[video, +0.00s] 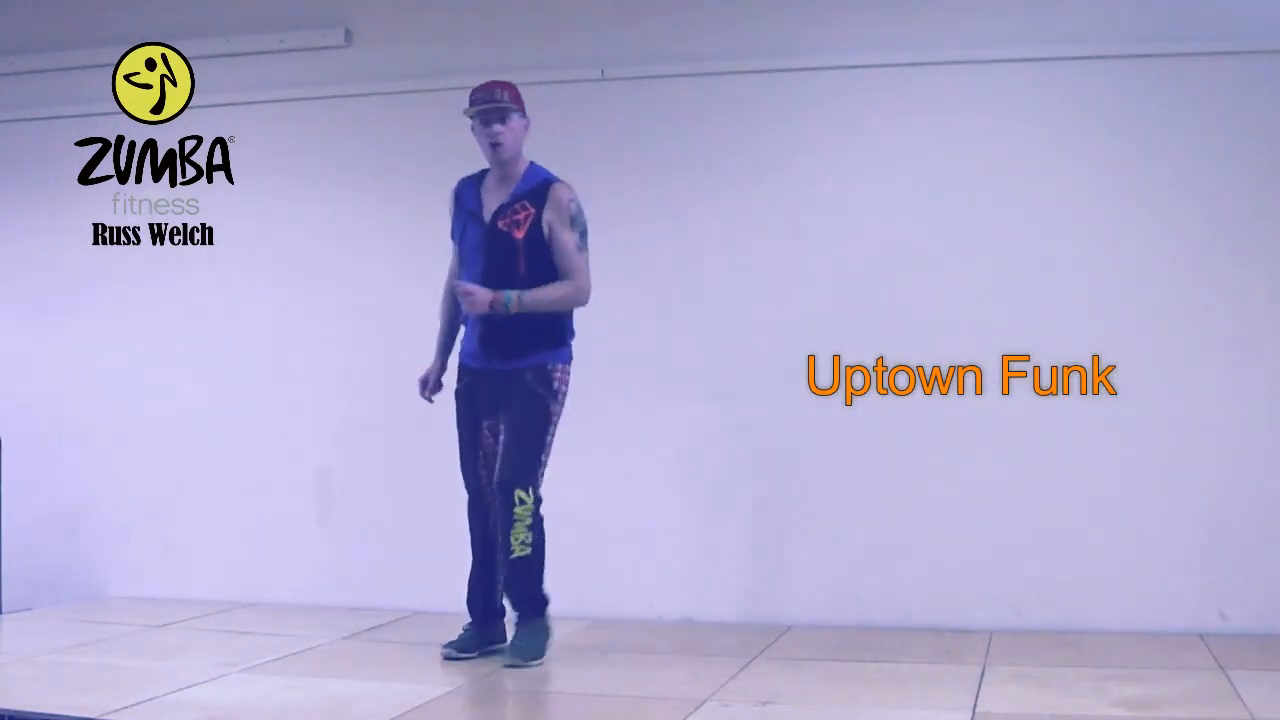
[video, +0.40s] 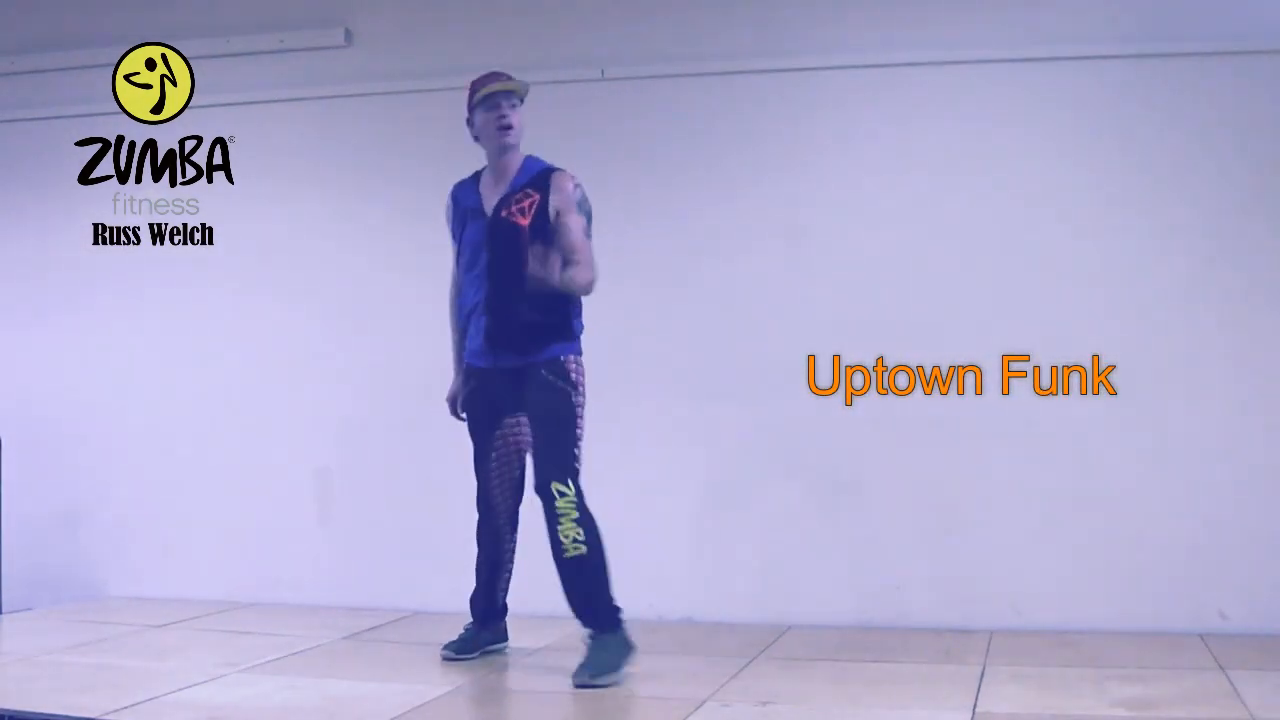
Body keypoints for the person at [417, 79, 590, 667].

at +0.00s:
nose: (493, 131)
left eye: (503, 120)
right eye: (483, 123)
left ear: (525, 125)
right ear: (473, 132)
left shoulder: (554, 196)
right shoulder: (465, 194)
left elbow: (580, 289)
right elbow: (458, 277)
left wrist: (499, 300)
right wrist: (441, 356)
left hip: (537, 365)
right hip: (479, 364)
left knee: (515, 490)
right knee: (481, 493)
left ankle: (531, 621)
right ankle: (486, 622)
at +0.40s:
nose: (504, 114)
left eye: (510, 104)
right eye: (490, 107)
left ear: (524, 114)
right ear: (472, 124)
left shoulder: (556, 185)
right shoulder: (462, 197)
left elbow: (584, 275)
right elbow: (460, 290)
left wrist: (550, 275)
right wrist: (459, 369)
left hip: (551, 364)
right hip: (487, 368)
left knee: (560, 494)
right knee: (495, 501)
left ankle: (607, 634)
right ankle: (488, 623)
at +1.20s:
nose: (507, 123)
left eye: (520, 112)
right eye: (499, 117)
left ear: (548, 122)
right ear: (495, 134)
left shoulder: (587, 179)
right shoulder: (507, 209)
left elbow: (672, 215)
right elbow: (524, 298)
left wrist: (639, 144)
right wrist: (495, 377)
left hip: (594, 375)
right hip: (536, 377)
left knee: (583, 514)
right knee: (480, 485)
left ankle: (625, 648)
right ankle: (558, 591)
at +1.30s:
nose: (500, 120)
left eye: (512, 109)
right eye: (494, 113)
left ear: (543, 118)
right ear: (492, 128)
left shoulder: (582, 181)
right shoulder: (500, 201)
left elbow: (650, 246)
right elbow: (516, 290)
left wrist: (653, 185)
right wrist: (491, 357)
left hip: (587, 371)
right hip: (527, 373)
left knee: (587, 513)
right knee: (465, 477)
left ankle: (624, 646)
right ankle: (521, 593)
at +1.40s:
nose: (494, 103)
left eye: (507, 93)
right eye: (488, 95)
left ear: (536, 104)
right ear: (483, 110)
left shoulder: (568, 174)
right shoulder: (482, 186)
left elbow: (607, 245)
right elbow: (488, 277)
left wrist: (650, 279)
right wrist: (477, 348)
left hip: (567, 365)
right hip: (502, 367)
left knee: (589, 501)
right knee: (476, 494)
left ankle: (622, 641)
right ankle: (469, 614)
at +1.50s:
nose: (489, 113)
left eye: (500, 103)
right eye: (482, 105)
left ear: (528, 112)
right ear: (477, 117)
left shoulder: (558, 185)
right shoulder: (473, 189)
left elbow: (589, 263)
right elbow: (471, 280)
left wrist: (618, 338)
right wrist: (460, 353)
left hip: (551, 369)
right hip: (489, 373)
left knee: (580, 502)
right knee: (475, 499)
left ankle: (622, 642)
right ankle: (461, 623)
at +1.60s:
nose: (468, 127)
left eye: (479, 116)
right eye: (461, 118)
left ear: (507, 121)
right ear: (456, 128)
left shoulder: (537, 197)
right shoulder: (451, 197)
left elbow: (542, 295)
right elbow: (440, 283)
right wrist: (432, 363)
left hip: (522, 373)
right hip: (462, 374)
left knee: (546, 504)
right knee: (462, 506)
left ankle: (613, 633)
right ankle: (464, 626)